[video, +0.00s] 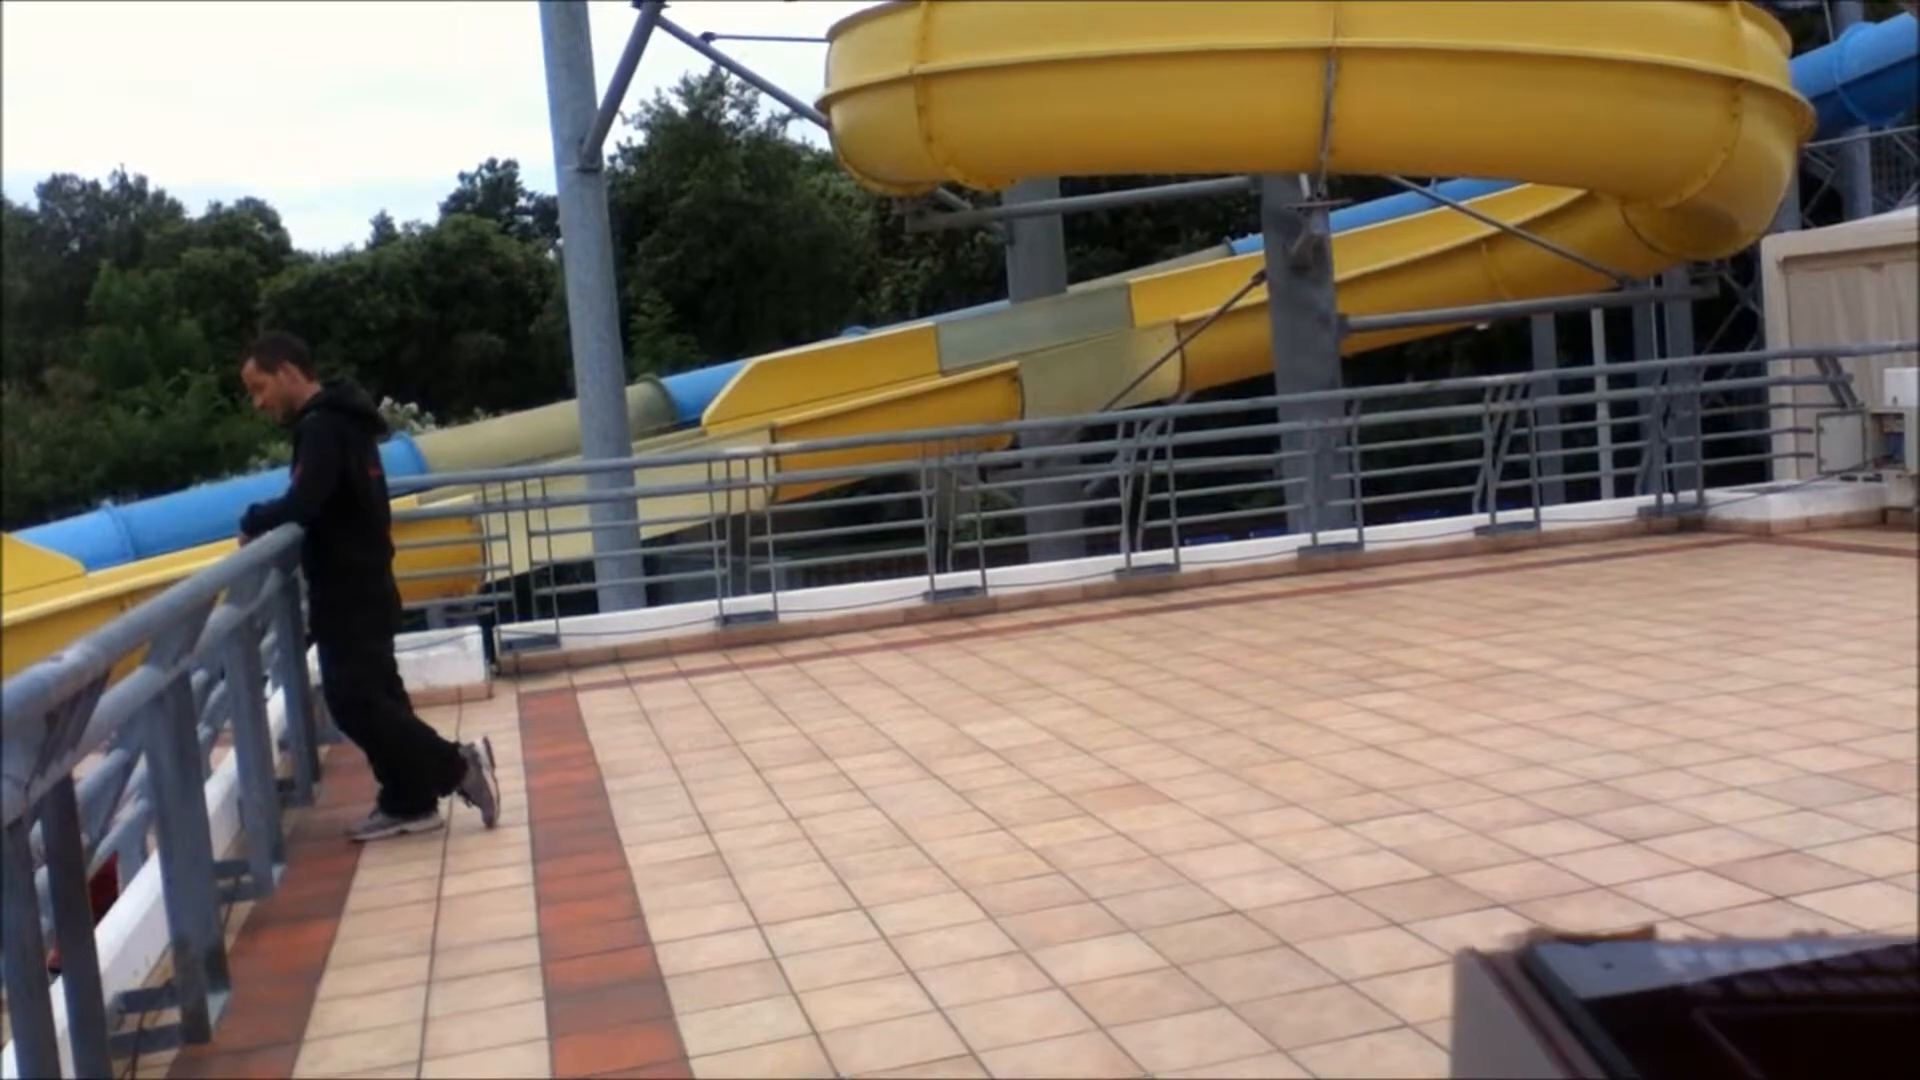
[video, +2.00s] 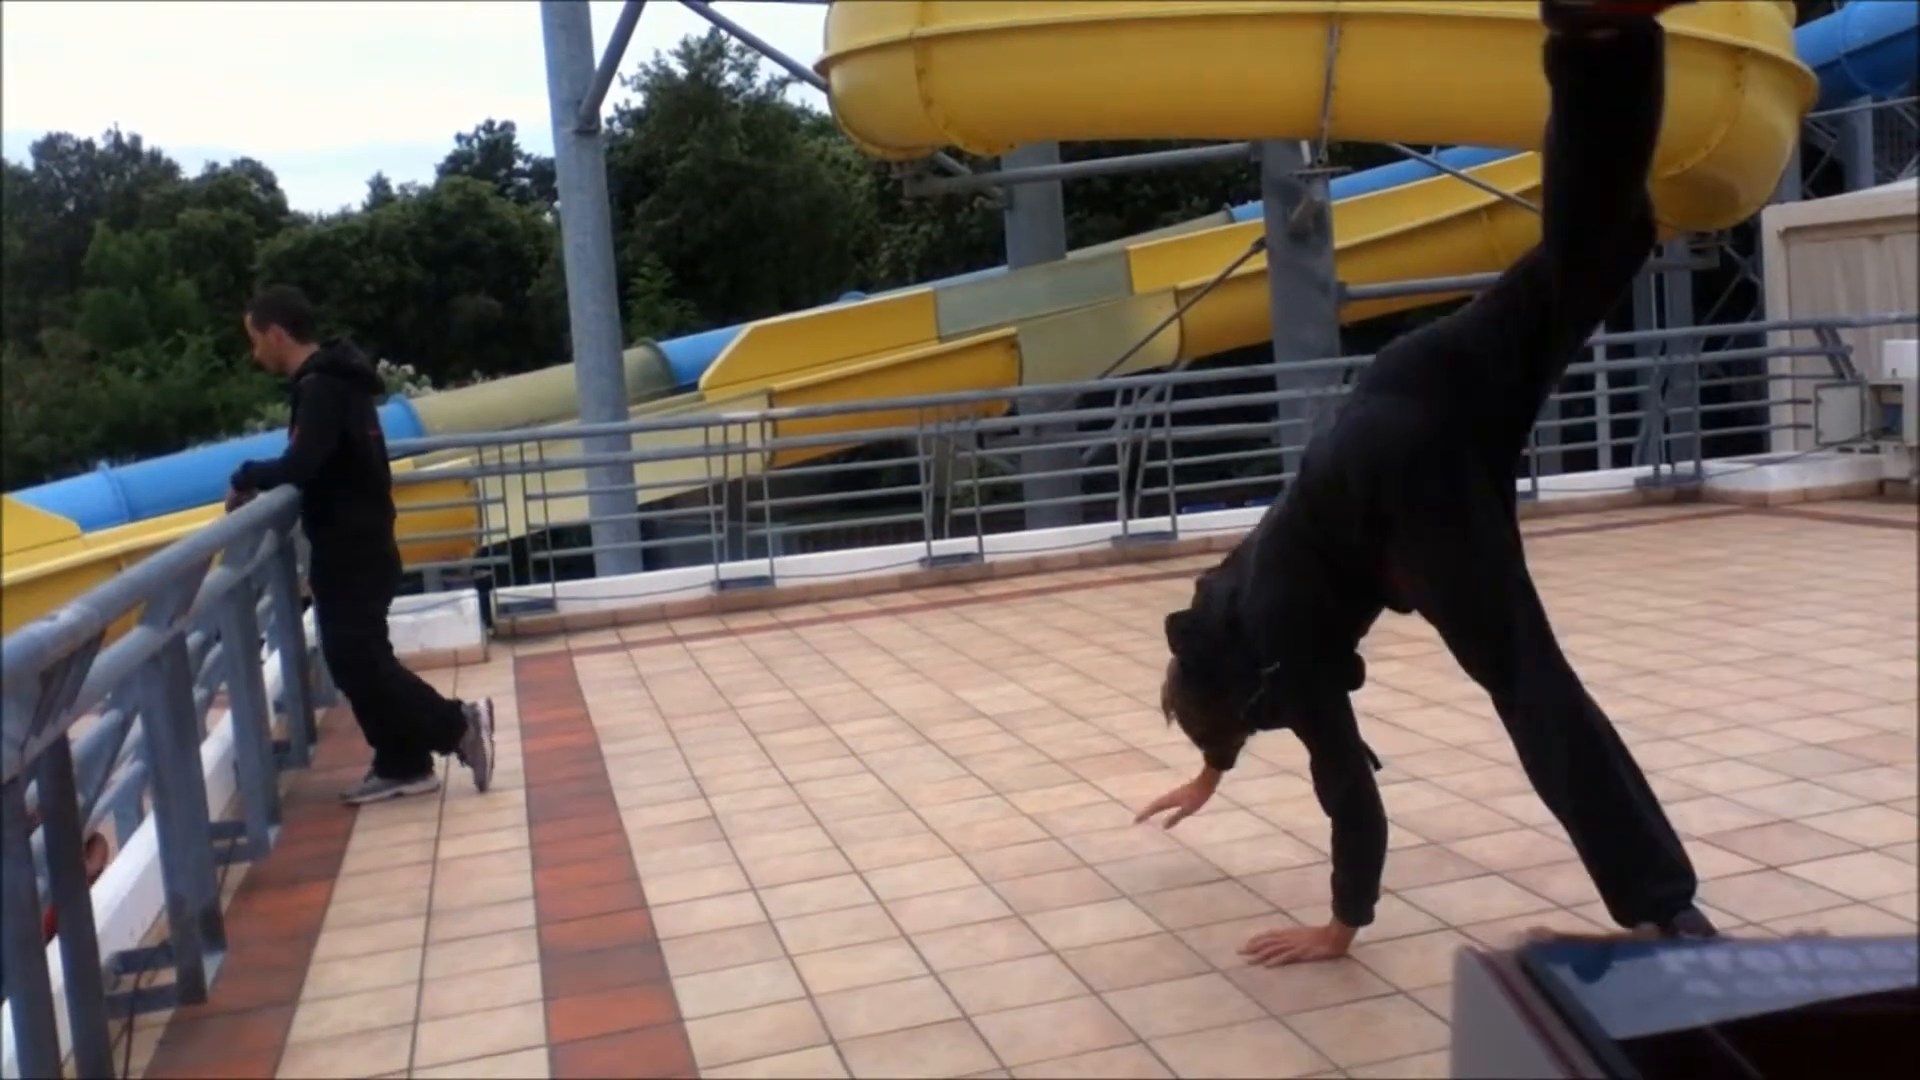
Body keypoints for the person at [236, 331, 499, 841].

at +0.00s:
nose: (257, 403)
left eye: (258, 388)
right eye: (252, 393)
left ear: (289, 373)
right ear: (294, 377)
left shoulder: (322, 426)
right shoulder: (340, 416)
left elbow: (307, 504)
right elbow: (321, 502)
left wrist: (255, 520)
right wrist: (270, 519)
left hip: (348, 592)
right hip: (364, 587)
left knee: (351, 705)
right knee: (377, 693)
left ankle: (455, 766)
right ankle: (407, 804)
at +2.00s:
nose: (254, 354)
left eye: (255, 340)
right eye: (252, 342)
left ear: (278, 333)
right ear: (291, 332)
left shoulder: (320, 384)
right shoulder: (332, 376)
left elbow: (304, 466)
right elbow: (315, 465)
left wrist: (247, 478)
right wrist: (260, 481)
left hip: (351, 552)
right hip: (356, 549)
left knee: (354, 664)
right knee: (359, 660)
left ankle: (457, 726)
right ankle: (401, 766)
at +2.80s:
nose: (477, 302)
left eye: (481, 292)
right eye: (464, 293)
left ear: (485, 299)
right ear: (429, 300)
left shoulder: (503, 358)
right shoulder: (394, 365)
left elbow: (558, 428)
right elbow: (348, 418)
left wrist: (542, 428)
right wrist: (303, 461)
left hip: (490, 523)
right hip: (429, 527)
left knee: (483, 641)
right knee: (448, 644)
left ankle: (463, 753)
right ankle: (470, 762)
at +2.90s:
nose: (499, 328)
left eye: (502, 318)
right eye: (485, 319)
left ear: (507, 323)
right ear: (451, 327)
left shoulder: (525, 379)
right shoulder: (420, 385)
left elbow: (571, 418)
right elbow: (367, 429)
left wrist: (590, 429)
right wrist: (312, 470)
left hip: (505, 538)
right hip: (445, 540)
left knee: (492, 646)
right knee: (490, 646)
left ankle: (453, 747)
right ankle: (517, 771)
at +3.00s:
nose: (522, 339)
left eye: (526, 329)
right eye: (508, 331)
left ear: (531, 333)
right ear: (473, 340)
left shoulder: (550, 392)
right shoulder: (443, 397)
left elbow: (599, 430)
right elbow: (388, 442)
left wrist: (638, 445)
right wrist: (328, 480)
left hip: (528, 550)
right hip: (469, 551)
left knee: (502, 655)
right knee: (511, 654)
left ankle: (456, 746)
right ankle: (538, 775)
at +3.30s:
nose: (632, 283)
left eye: (632, 273)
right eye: (617, 274)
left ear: (630, 283)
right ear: (579, 286)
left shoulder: (636, 352)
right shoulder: (543, 356)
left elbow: (653, 413)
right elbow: (494, 430)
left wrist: (728, 400)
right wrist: (560, 443)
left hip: (626, 529)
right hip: (563, 534)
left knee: (664, 619)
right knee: (553, 657)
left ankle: (635, 732)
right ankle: (543, 769)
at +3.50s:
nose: (741, 276)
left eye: (737, 265)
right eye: (730, 265)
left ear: (705, 275)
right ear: (696, 274)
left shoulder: (718, 349)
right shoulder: (640, 339)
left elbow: (748, 420)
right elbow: (570, 366)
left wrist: (823, 390)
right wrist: (621, 321)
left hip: (710, 533)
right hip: (651, 535)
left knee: (707, 676)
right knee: (658, 671)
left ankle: (664, 804)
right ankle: (591, 722)